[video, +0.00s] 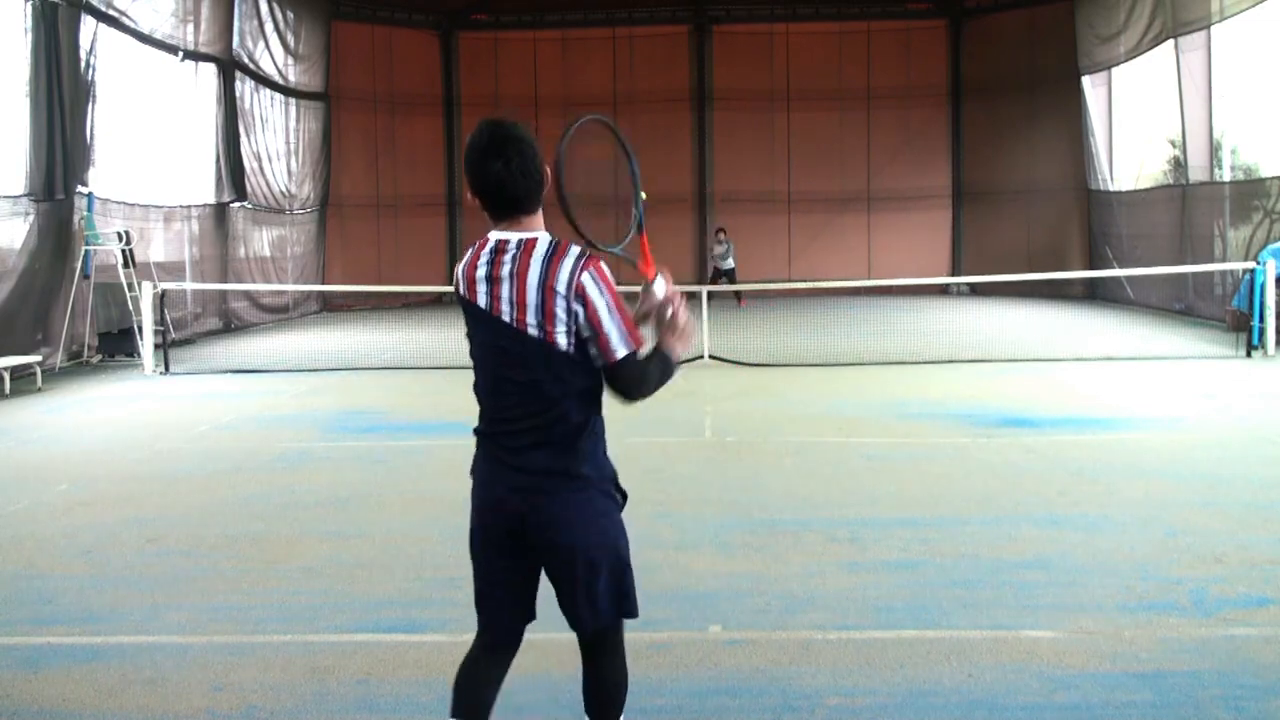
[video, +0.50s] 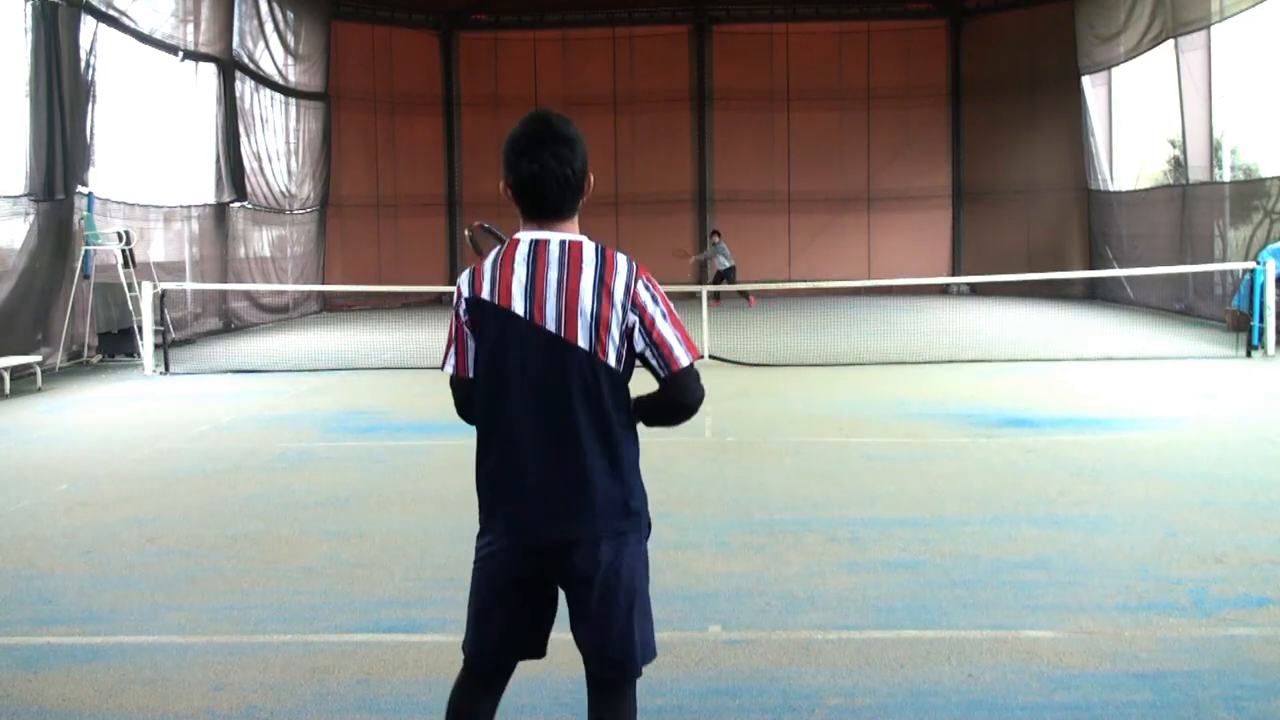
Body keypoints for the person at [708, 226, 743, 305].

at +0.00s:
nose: (720, 237)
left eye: (722, 235)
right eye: (719, 235)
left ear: (725, 236)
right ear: (716, 236)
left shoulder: (729, 245)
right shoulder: (714, 245)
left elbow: (726, 256)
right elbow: (712, 257)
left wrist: (716, 257)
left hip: (729, 267)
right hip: (718, 268)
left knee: (734, 285)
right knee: (711, 285)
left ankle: (740, 300)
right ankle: (708, 301)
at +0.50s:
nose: (714, 239)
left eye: (716, 237)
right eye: (713, 237)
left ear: (719, 237)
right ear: (711, 238)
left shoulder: (720, 246)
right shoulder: (714, 247)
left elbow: (709, 255)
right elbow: (708, 255)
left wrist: (696, 257)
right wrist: (696, 257)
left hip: (729, 267)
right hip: (721, 269)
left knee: (732, 284)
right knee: (715, 284)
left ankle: (748, 297)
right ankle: (716, 300)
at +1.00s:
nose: (721, 228)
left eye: (722, 226)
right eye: (720, 227)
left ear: (726, 227)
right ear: (718, 228)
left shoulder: (732, 235)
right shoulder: (719, 236)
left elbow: (738, 237)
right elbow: (718, 233)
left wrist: (740, 230)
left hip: (733, 259)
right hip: (722, 258)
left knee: (737, 279)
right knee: (717, 279)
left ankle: (740, 298)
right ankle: (716, 298)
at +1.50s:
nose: (736, 233)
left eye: (737, 231)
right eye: (734, 231)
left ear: (739, 232)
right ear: (731, 233)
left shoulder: (739, 243)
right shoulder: (732, 241)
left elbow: (741, 251)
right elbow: (739, 245)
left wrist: (747, 249)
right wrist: (747, 248)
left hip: (735, 265)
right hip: (727, 263)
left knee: (738, 283)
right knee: (721, 281)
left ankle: (738, 301)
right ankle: (713, 297)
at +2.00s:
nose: (722, 230)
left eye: (724, 227)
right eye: (721, 227)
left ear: (727, 229)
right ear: (718, 229)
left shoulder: (729, 239)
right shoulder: (715, 239)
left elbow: (730, 251)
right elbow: (710, 251)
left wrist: (736, 249)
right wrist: (721, 254)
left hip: (725, 263)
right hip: (715, 262)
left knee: (727, 282)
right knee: (715, 281)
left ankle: (723, 299)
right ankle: (714, 299)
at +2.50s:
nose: (711, 229)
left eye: (713, 226)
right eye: (709, 227)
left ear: (715, 228)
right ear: (706, 228)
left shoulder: (720, 237)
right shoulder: (703, 237)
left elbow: (724, 247)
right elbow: (699, 248)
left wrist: (718, 253)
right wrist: (704, 254)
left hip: (717, 260)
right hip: (706, 260)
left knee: (721, 279)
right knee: (700, 278)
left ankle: (723, 298)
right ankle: (696, 295)